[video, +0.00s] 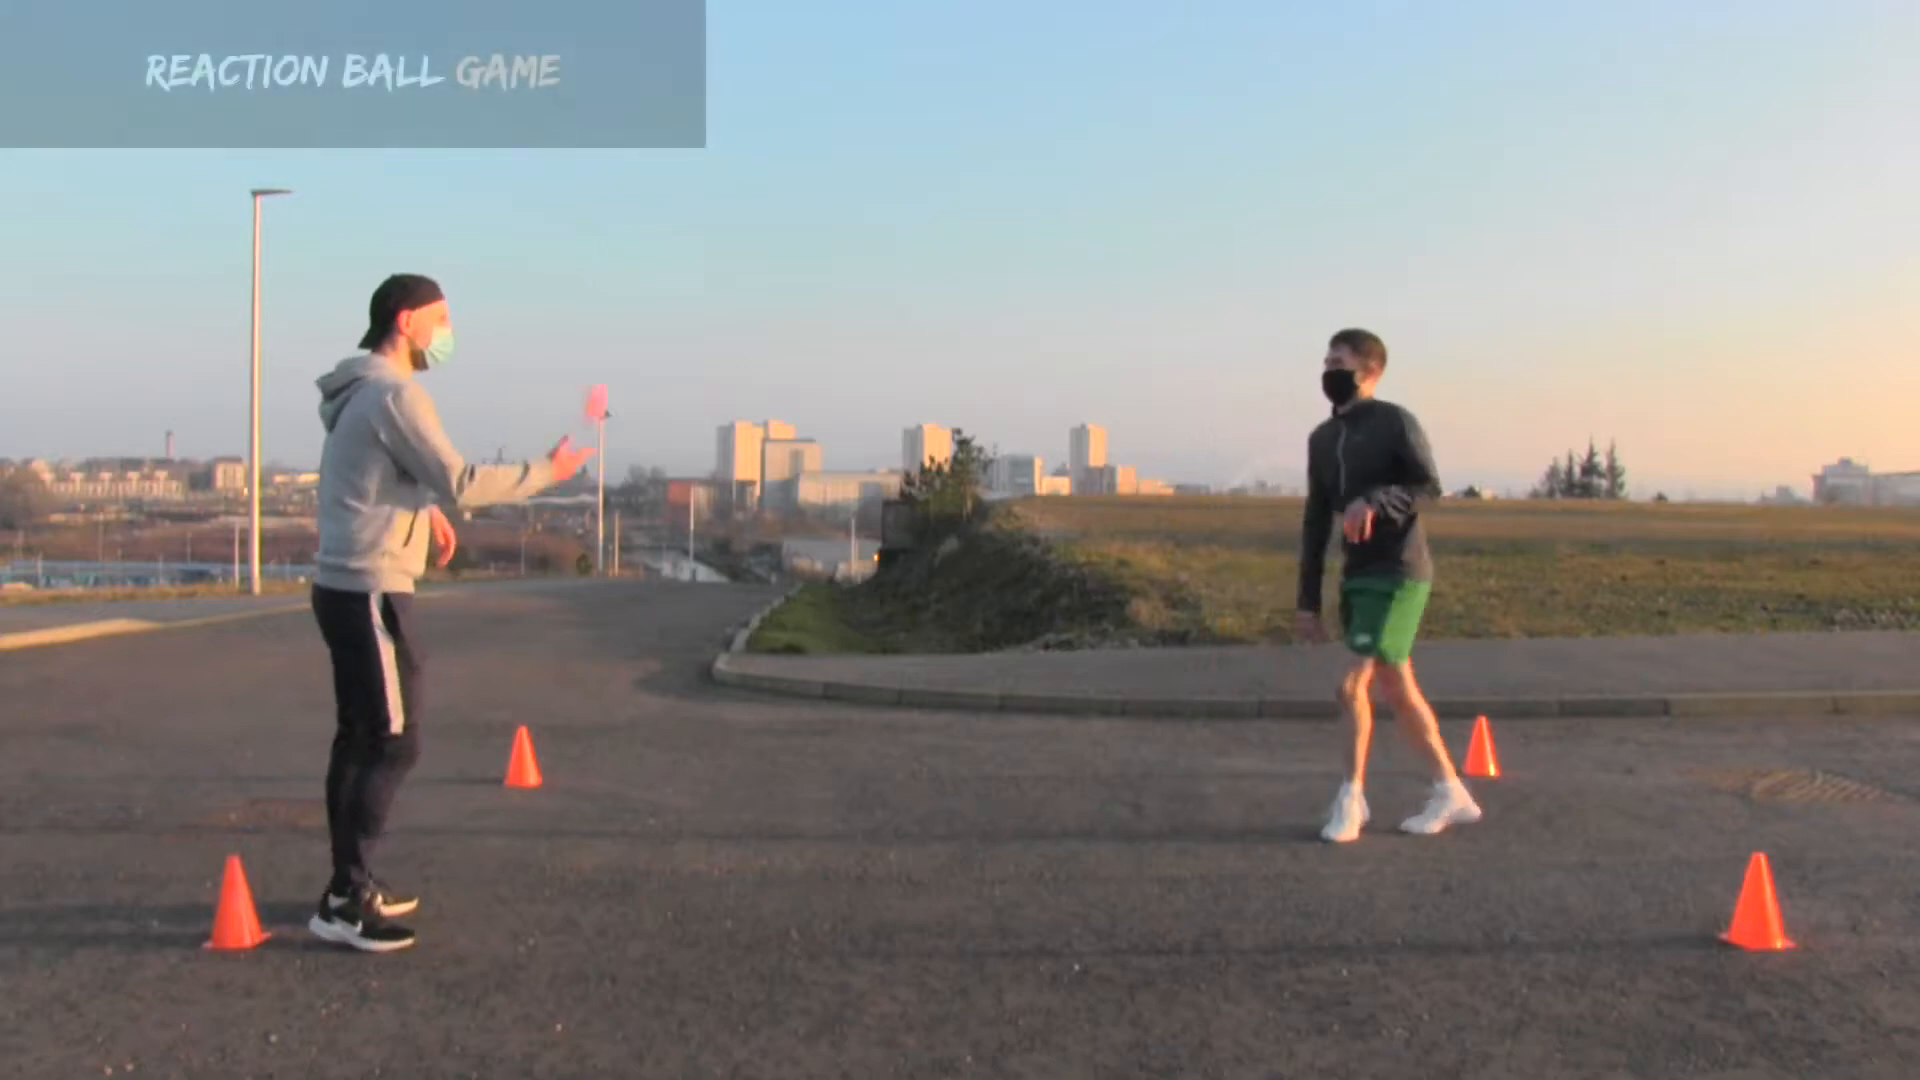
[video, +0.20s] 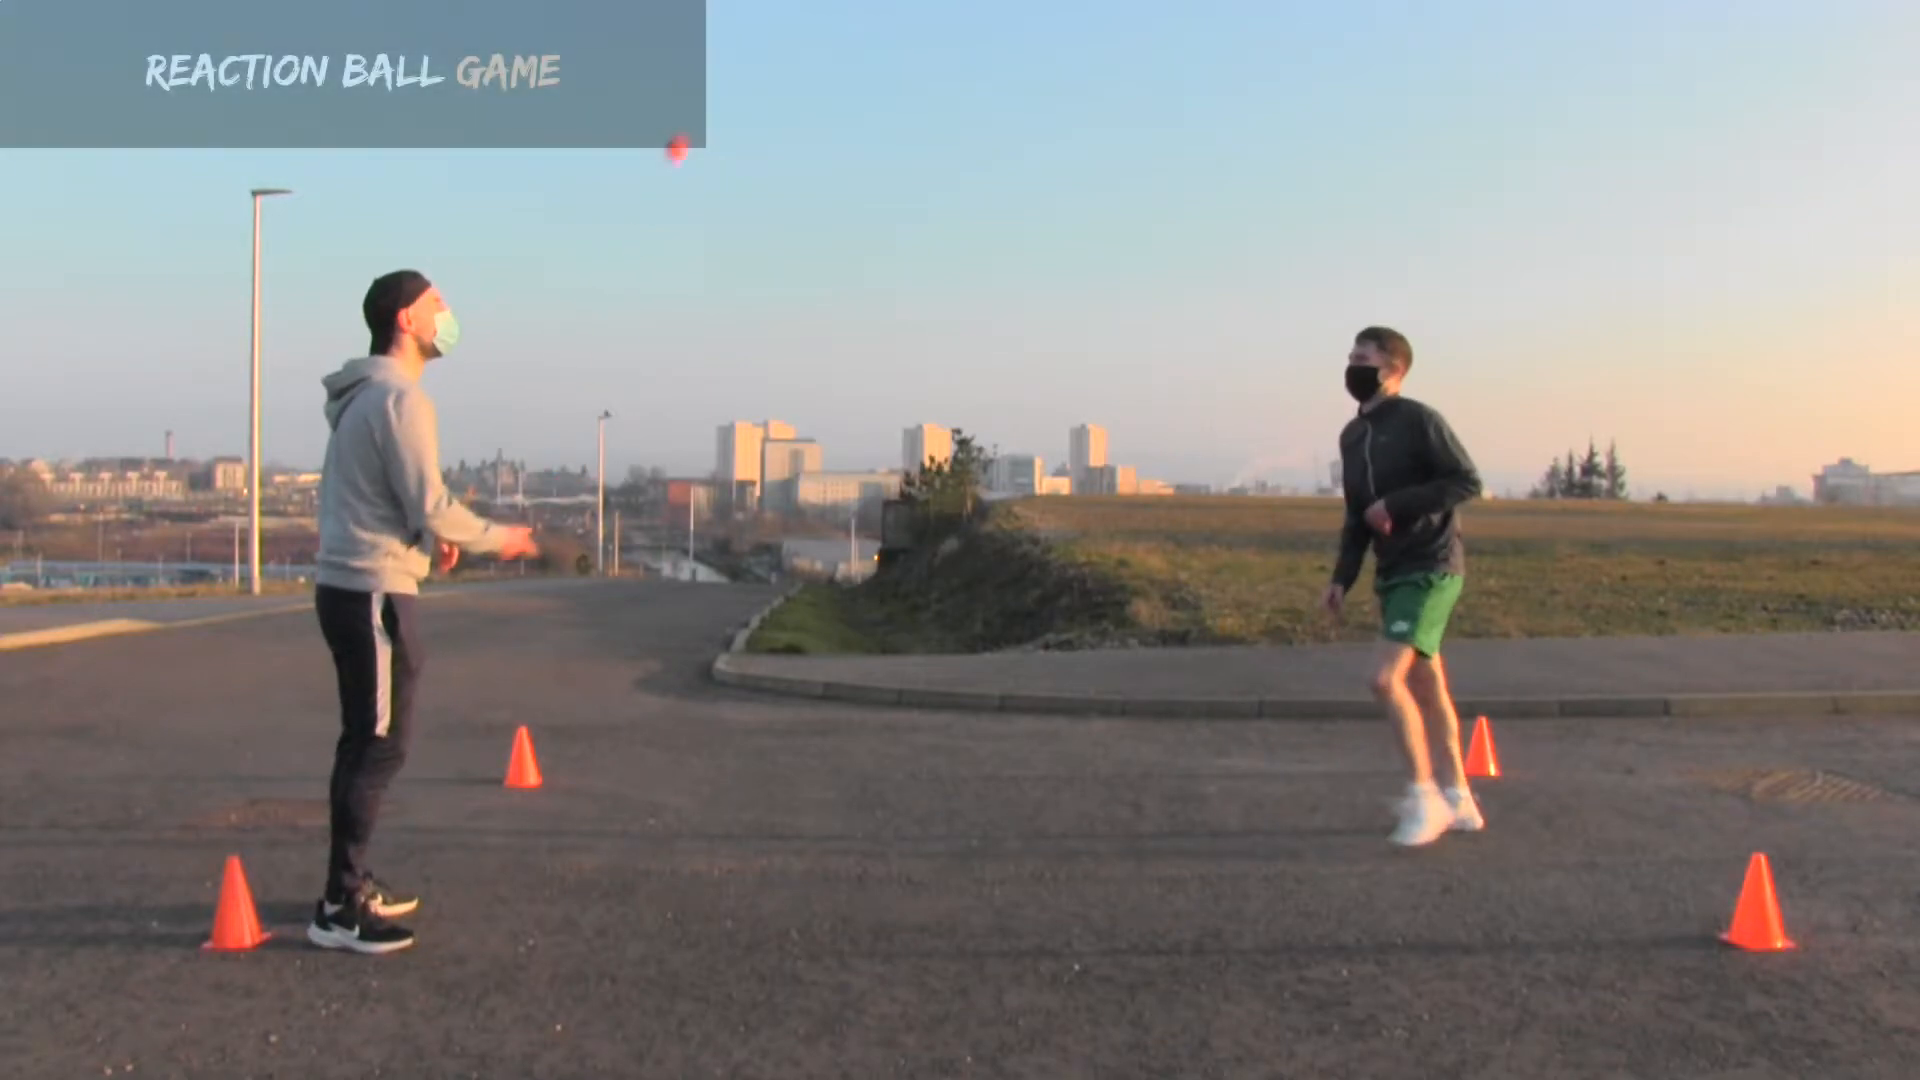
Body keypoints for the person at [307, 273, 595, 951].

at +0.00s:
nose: (446, 332)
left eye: (446, 320)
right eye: (439, 319)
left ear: (397, 320)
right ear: (403, 320)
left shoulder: (365, 388)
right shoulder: (395, 395)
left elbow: (372, 478)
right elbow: (462, 484)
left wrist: (424, 509)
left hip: (350, 584)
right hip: (367, 591)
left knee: (363, 735)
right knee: (393, 741)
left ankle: (351, 884)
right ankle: (346, 896)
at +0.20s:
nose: (447, 319)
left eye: (442, 307)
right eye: (437, 308)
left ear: (396, 323)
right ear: (406, 321)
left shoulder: (367, 393)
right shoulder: (401, 400)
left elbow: (375, 499)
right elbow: (431, 508)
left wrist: (430, 538)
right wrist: (499, 536)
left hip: (350, 589)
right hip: (373, 597)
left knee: (364, 740)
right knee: (381, 745)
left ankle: (349, 888)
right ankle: (340, 905)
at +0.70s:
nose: (487, 346)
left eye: (487, 334)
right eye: (481, 333)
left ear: (437, 331)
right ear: (448, 331)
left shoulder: (394, 396)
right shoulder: (429, 406)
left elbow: (386, 504)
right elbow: (432, 510)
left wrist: (422, 575)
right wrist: (455, 587)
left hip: (371, 590)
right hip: (381, 594)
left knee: (423, 721)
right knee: (370, 743)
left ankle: (406, 867)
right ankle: (337, 907)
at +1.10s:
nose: (541, 391)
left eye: (543, 381)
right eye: (538, 379)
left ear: (500, 369)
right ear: (506, 369)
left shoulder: (457, 419)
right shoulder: (492, 426)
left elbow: (458, 525)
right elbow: (471, 513)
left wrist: (522, 560)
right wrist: (472, 592)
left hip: (410, 597)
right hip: (434, 601)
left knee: (441, 736)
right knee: (479, 740)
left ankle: (380, 863)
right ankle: (389, 867)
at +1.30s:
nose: (605, 366)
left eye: (607, 356)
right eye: (599, 355)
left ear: (565, 351)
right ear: (569, 350)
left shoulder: (535, 397)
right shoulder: (549, 401)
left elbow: (535, 487)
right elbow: (513, 481)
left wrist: (585, 504)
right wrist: (514, 557)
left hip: (486, 568)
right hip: (524, 574)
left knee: (475, 696)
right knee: (551, 698)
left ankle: (402, 814)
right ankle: (523, 808)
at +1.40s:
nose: (627, 375)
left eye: (628, 365)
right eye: (620, 363)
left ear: (586, 363)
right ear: (588, 362)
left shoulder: (564, 410)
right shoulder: (572, 413)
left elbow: (551, 498)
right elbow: (546, 501)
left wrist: (592, 518)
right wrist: (553, 582)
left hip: (515, 578)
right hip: (548, 584)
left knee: (522, 698)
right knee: (567, 708)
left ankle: (425, 791)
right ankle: (518, 824)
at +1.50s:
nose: (661, 390)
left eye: (663, 380)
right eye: (654, 380)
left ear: (619, 383)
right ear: (622, 381)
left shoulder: (587, 431)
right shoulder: (612, 439)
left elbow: (575, 514)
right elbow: (606, 531)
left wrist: (618, 534)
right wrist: (625, 614)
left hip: (557, 587)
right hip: (578, 591)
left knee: (587, 701)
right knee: (597, 713)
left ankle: (500, 776)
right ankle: (520, 819)